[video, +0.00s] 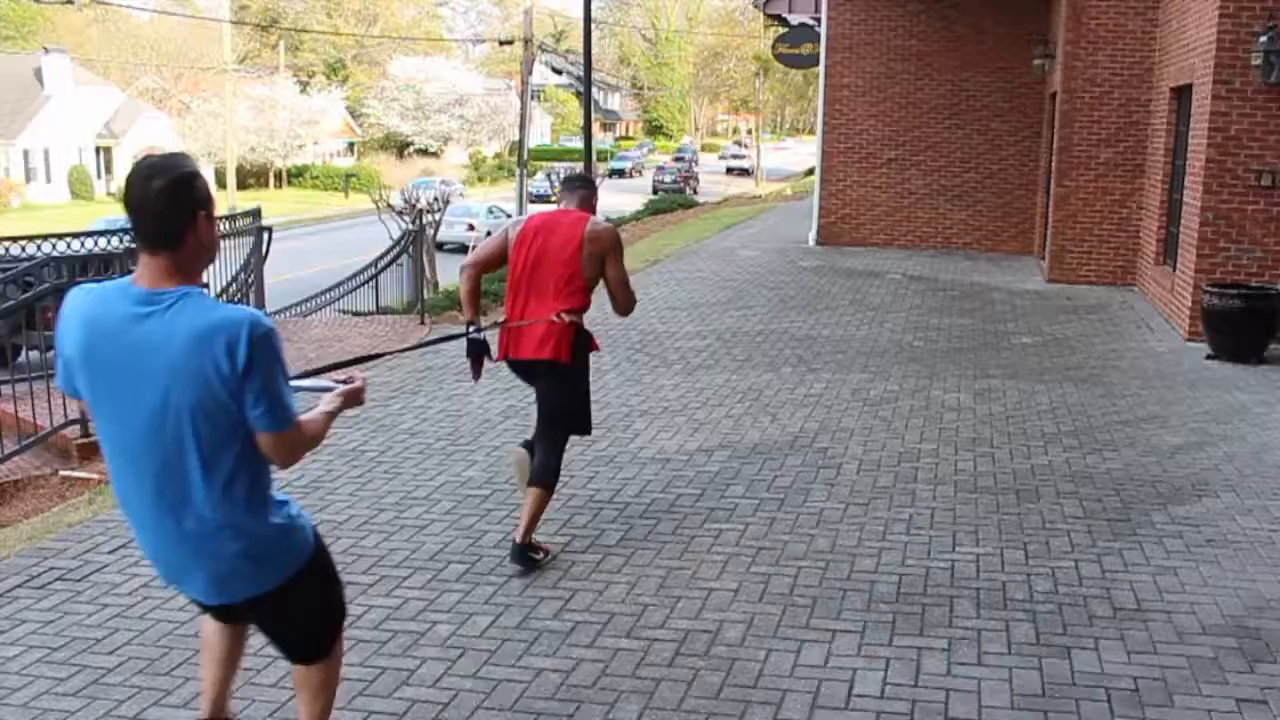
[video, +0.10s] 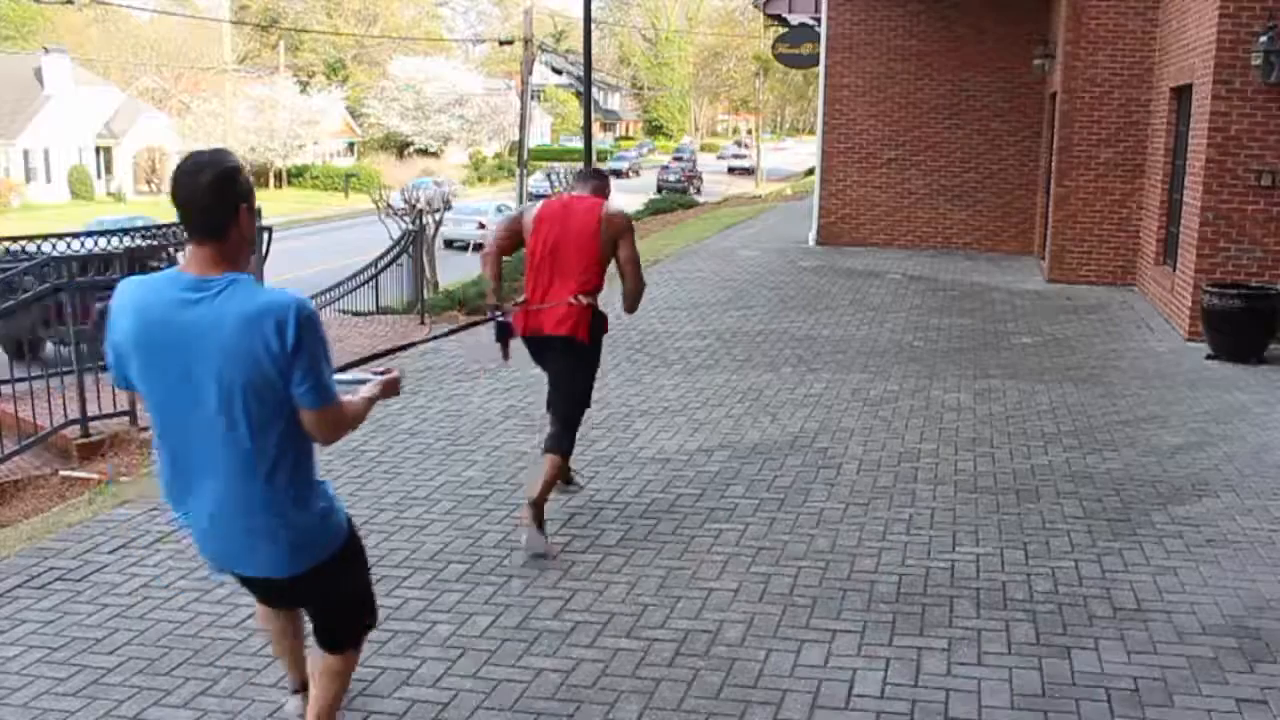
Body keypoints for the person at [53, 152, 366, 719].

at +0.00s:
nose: (219, 226)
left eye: (216, 214)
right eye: (215, 215)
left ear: (137, 223)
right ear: (201, 224)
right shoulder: (239, 331)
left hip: (164, 543)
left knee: (224, 603)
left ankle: (211, 711)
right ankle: (312, 716)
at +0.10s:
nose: (257, 217)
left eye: (253, 206)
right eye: (253, 206)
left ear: (181, 217)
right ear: (242, 217)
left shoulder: (131, 301)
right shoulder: (282, 313)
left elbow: (139, 389)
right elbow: (325, 427)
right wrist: (369, 395)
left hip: (209, 525)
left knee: (274, 598)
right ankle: (320, 712)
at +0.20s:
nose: (295, 212)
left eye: (291, 203)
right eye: (292, 203)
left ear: (226, 213)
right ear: (285, 211)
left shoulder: (179, 292)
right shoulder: (322, 302)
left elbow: (186, 367)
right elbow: (363, 406)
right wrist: (411, 378)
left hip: (255, 501)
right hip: (329, 496)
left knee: (309, 584)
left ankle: (348, 675)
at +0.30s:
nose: (335, 214)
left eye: (331, 204)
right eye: (332, 204)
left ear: (271, 214)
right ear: (323, 211)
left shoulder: (229, 287)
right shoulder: (356, 297)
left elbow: (233, 359)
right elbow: (394, 397)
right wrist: (442, 372)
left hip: (291, 477)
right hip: (365, 472)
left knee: (339, 555)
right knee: (432, 522)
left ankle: (344, 654)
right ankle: (403, 631)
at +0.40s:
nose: (379, 199)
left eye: (375, 191)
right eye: (376, 191)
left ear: (320, 203)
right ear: (368, 198)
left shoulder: (280, 270)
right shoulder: (395, 282)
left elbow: (284, 336)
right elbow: (426, 378)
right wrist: (470, 357)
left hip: (330, 458)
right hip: (400, 454)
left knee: (360, 544)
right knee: (455, 510)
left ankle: (347, 646)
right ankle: (470, 598)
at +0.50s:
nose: (426, 194)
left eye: (422, 186)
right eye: (423, 186)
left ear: (368, 198)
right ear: (417, 195)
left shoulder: (331, 257)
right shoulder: (442, 273)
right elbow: (465, 364)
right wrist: (495, 341)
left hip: (372, 433)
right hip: (439, 433)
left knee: (391, 505)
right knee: (475, 507)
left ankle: (367, 585)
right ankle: (496, 589)